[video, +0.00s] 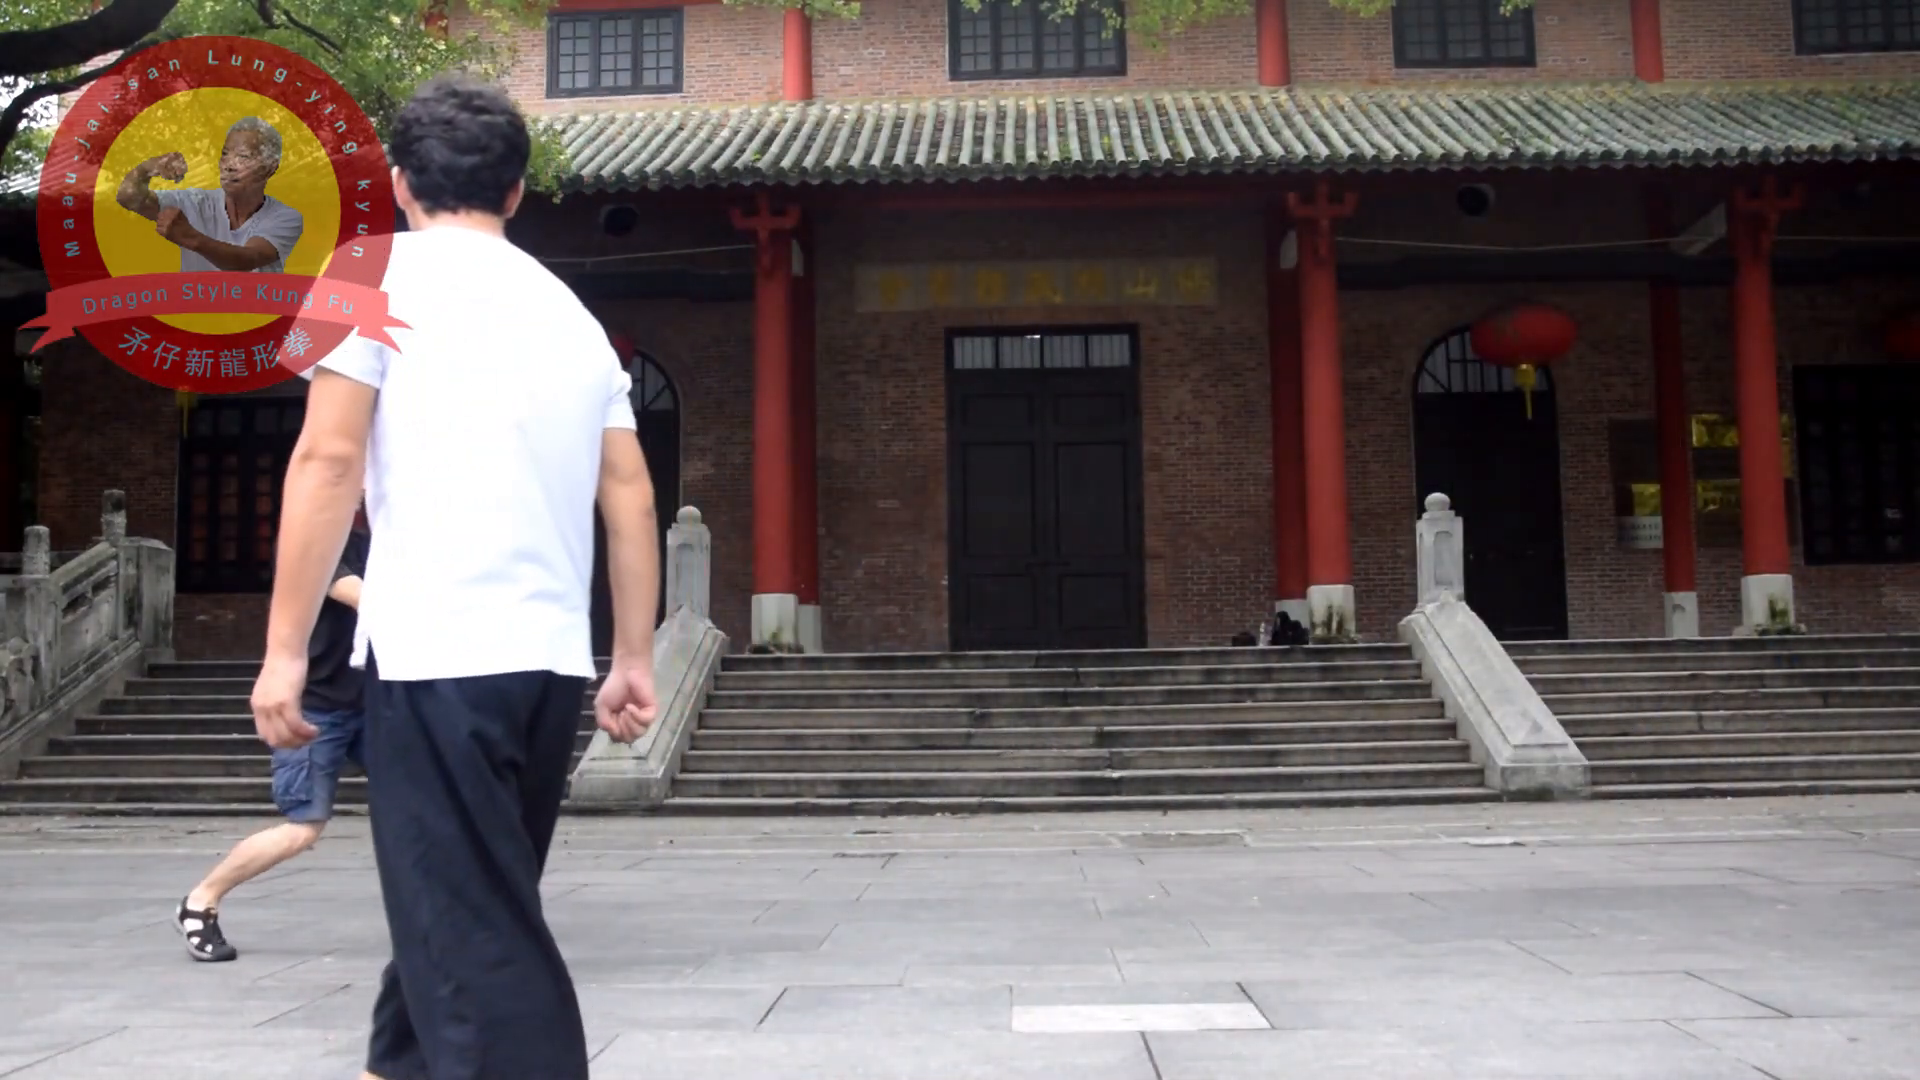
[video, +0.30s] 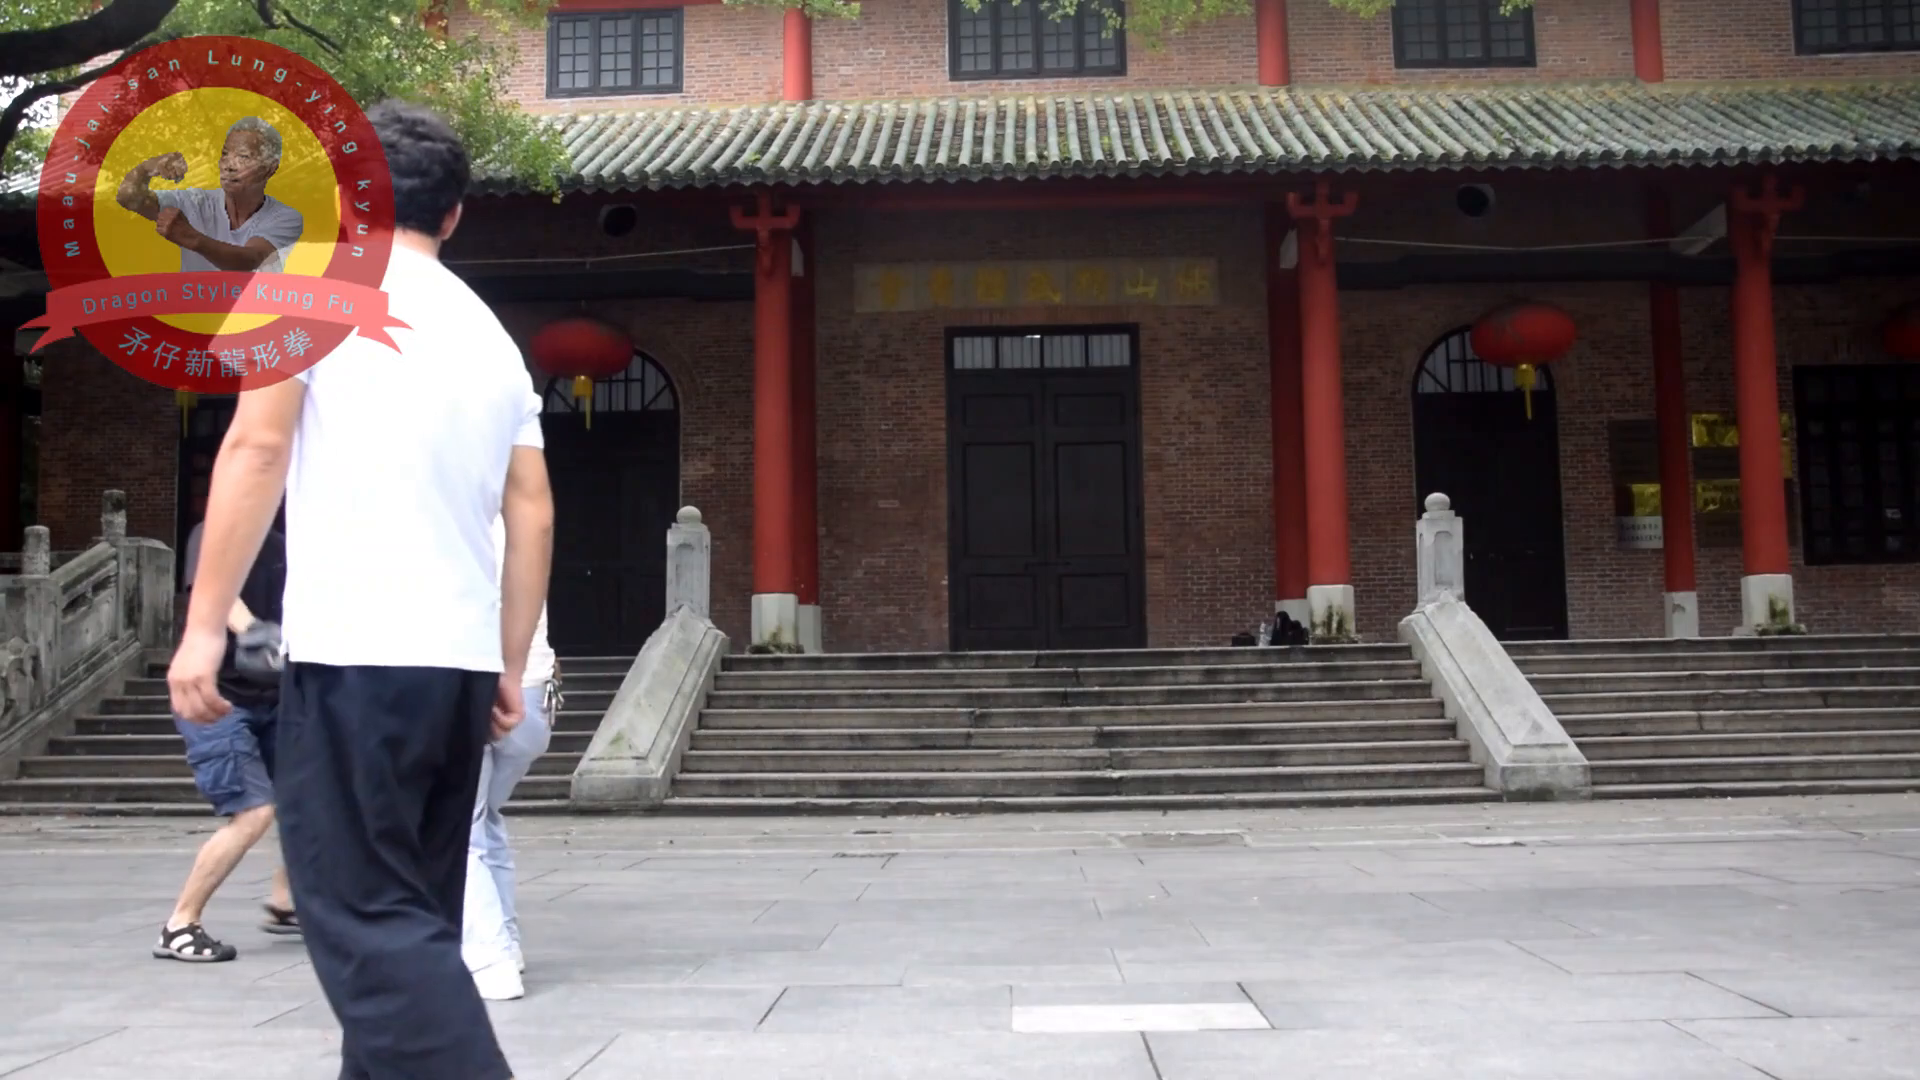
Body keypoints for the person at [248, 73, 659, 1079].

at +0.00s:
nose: (396, 194)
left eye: (397, 181)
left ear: (402, 186)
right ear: (515, 193)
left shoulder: (385, 273)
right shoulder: (576, 320)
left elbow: (330, 456)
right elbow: (628, 489)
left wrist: (284, 649)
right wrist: (635, 654)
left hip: (434, 672)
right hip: (556, 673)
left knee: (474, 943)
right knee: (453, 932)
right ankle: (404, 1065)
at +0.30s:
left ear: (343, 195)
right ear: (453, 218)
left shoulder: (310, 284)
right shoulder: (492, 338)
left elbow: (258, 448)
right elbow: (530, 508)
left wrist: (206, 622)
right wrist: (511, 660)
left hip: (350, 659)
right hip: (466, 662)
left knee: (363, 919)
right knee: (417, 914)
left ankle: (472, 1075)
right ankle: (384, 1071)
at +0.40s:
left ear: (334, 204)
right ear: (439, 229)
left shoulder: (294, 290)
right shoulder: (476, 348)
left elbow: (236, 452)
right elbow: (511, 518)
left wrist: (178, 621)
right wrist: (483, 661)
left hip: (333, 657)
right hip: (446, 664)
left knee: (308, 900)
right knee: (411, 902)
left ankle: (454, 1070)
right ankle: (392, 1069)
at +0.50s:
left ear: (329, 209)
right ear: (427, 234)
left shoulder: (275, 293)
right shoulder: (459, 348)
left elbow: (221, 451)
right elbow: (495, 521)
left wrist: (163, 614)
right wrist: (469, 663)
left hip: (312, 662)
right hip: (432, 668)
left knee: (263, 886)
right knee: (398, 901)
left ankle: (428, 1064)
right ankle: (386, 1072)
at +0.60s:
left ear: (322, 221)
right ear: (415, 242)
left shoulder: (260, 297)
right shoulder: (448, 351)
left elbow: (207, 450)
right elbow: (486, 521)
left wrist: (157, 608)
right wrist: (460, 661)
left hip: (296, 656)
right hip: (421, 666)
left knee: (237, 886)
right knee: (391, 903)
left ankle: (355, 1066)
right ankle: (390, 1074)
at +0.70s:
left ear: (314, 224)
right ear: (400, 243)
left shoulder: (245, 300)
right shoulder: (436, 351)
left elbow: (196, 458)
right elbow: (478, 525)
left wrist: (154, 607)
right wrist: (455, 666)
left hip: (279, 657)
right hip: (410, 667)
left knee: (208, 897)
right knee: (383, 919)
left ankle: (255, 1070)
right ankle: (378, 1071)